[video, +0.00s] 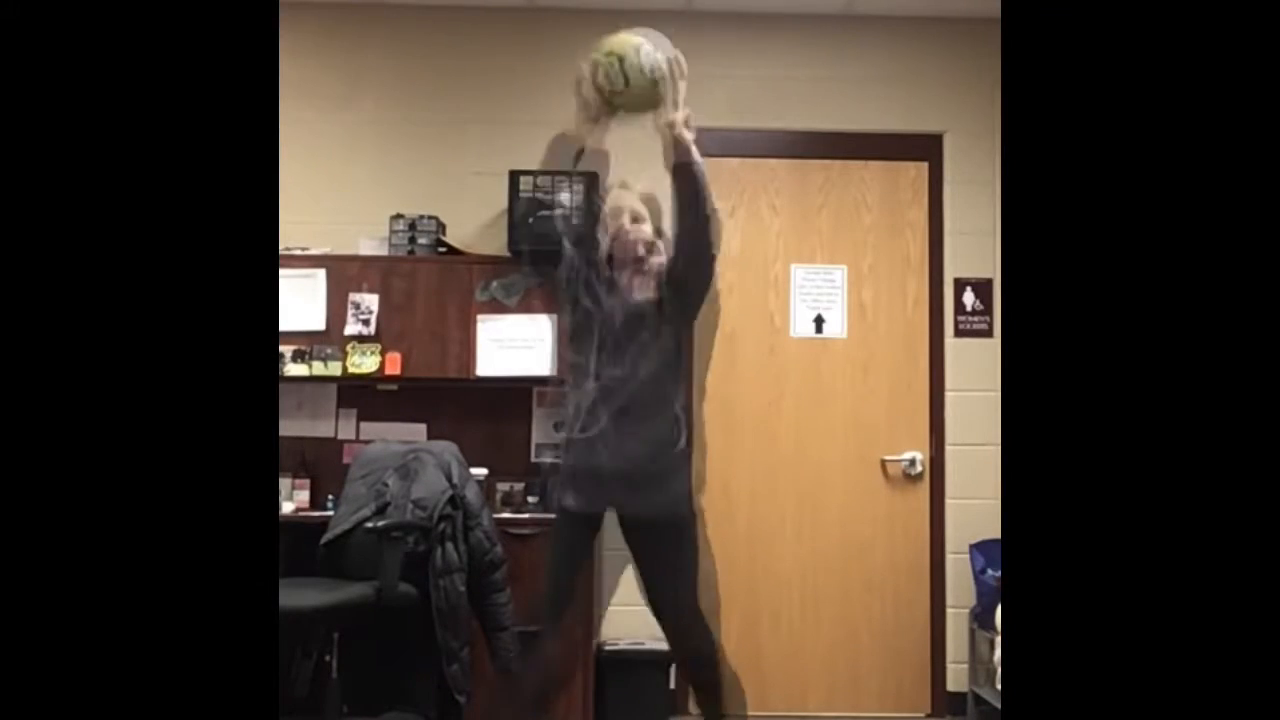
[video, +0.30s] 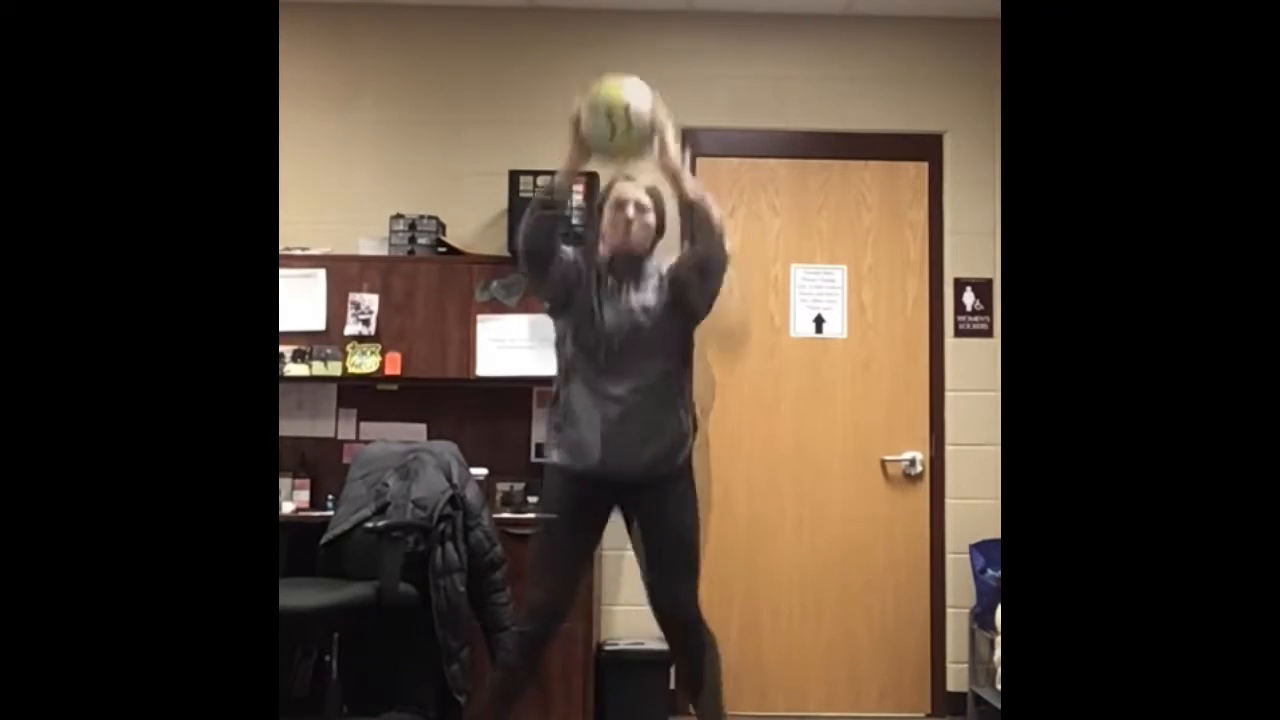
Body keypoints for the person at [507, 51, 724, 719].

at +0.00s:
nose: (628, 232)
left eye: (637, 221)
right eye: (616, 223)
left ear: (655, 238)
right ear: (599, 239)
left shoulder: (676, 298)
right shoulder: (584, 292)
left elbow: (697, 238)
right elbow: (568, 222)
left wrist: (678, 142)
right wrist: (589, 127)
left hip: (654, 473)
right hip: (582, 470)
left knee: (683, 624)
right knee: (557, 619)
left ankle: (720, 709)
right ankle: (524, 711)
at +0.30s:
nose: (628, 215)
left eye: (641, 208)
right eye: (617, 205)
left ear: (659, 226)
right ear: (598, 220)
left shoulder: (675, 290)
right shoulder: (576, 283)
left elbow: (709, 249)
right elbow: (535, 249)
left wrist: (675, 170)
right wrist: (571, 166)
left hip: (658, 468)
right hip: (578, 466)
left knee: (680, 615)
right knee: (543, 611)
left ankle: (708, 712)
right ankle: (487, 709)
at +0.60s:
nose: (629, 236)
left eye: (641, 230)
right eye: (618, 228)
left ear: (656, 249)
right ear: (599, 243)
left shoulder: (684, 324)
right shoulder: (562, 327)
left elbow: (699, 422)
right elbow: (540, 422)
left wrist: (658, 358)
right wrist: (583, 364)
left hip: (661, 513)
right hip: (582, 513)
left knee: (648, 643)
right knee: (595, 641)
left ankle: (646, 716)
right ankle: (600, 716)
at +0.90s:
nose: (632, 208)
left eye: (643, 204)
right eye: (620, 202)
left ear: (659, 226)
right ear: (597, 220)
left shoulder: (680, 279)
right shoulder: (574, 276)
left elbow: (705, 214)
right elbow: (549, 199)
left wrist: (681, 118)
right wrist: (584, 113)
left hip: (661, 462)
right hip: (581, 461)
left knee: (683, 608)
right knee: (558, 607)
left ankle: (723, 716)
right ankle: (515, 711)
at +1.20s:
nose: (636, 202)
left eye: (648, 196)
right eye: (623, 195)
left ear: (664, 218)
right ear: (603, 214)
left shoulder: (683, 277)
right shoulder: (579, 274)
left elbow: (716, 253)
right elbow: (540, 240)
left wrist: (687, 172)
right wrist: (581, 160)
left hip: (669, 461)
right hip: (586, 461)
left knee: (691, 610)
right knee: (557, 607)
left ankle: (722, 716)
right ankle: (516, 709)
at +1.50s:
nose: (639, 238)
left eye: (651, 232)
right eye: (627, 232)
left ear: (666, 254)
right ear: (608, 252)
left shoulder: (698, 331)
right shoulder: (570, 332)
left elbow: (719, 431)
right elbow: (544, 430)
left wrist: (669, 376)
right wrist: (590, 379)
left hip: (673, 517)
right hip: (595, 517)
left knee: (657, 646)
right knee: (605, 644)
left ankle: (656, 719)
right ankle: (607, 719)